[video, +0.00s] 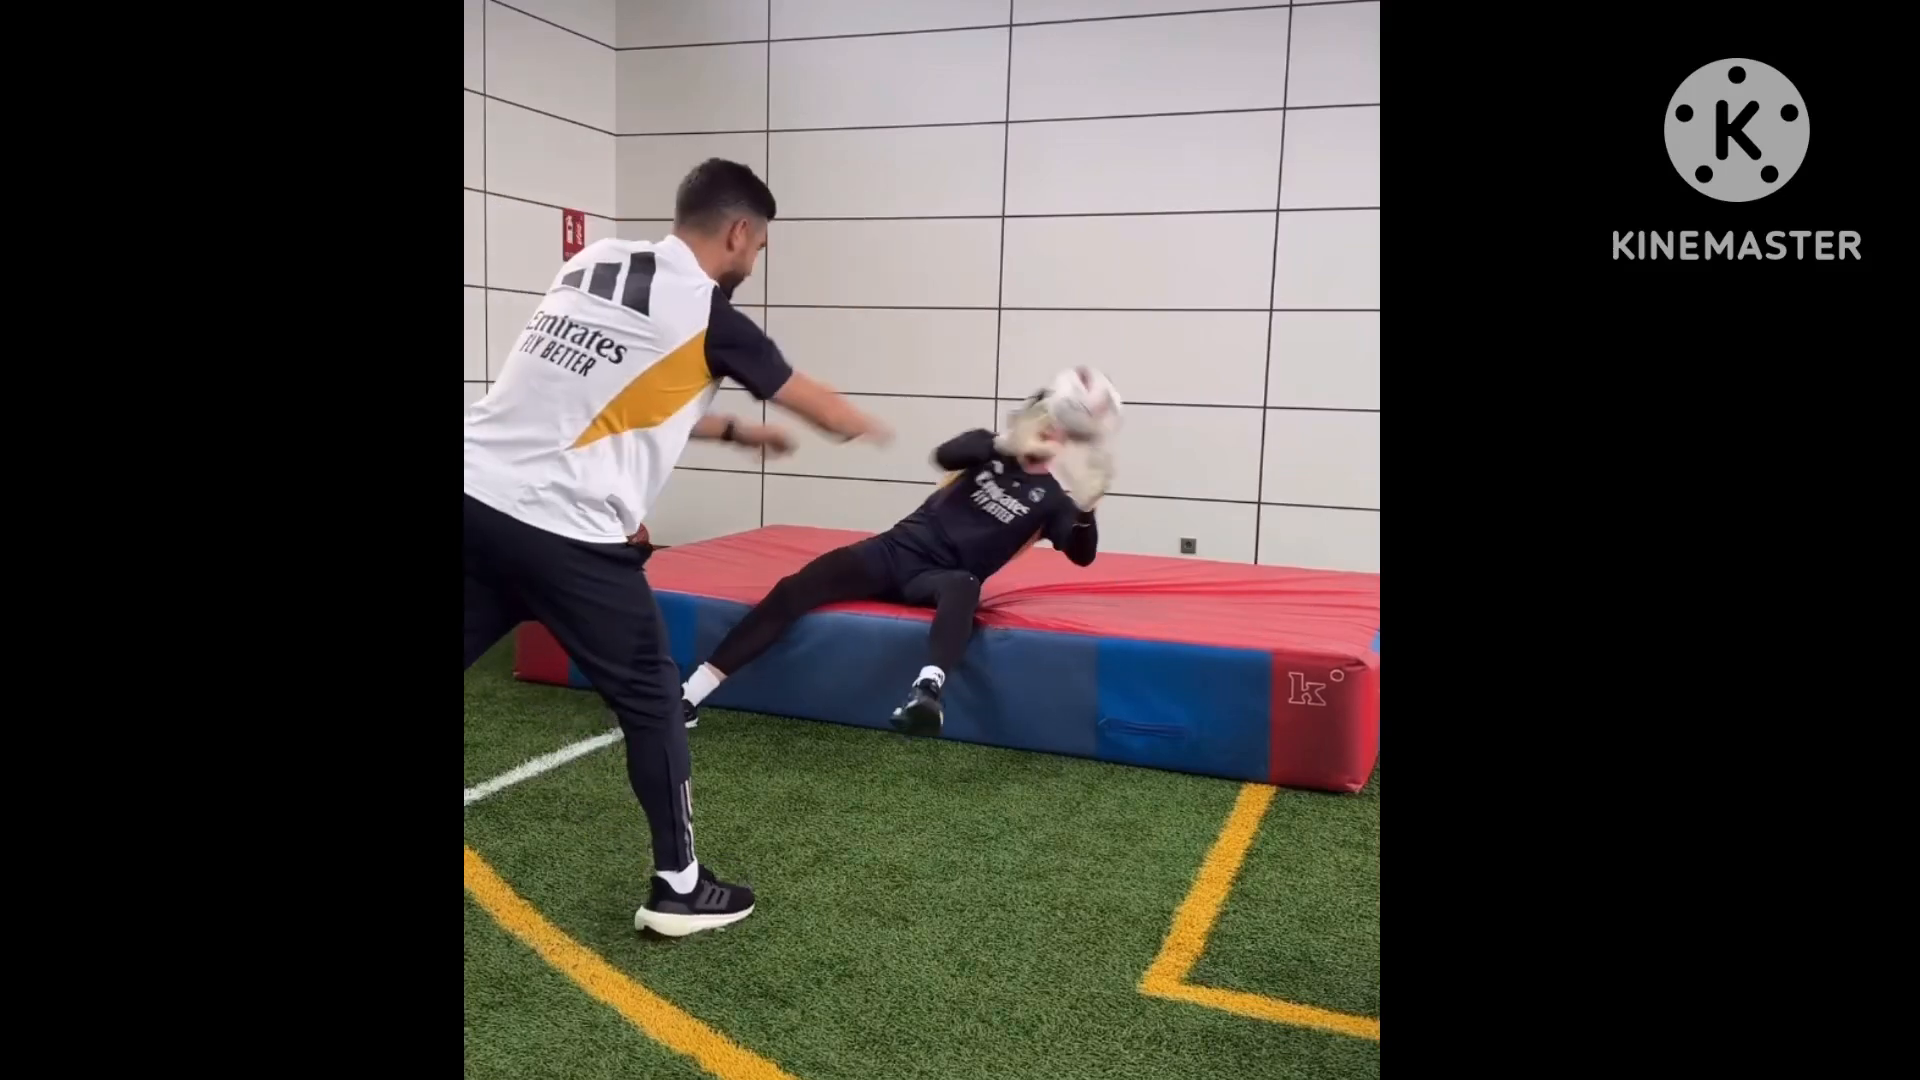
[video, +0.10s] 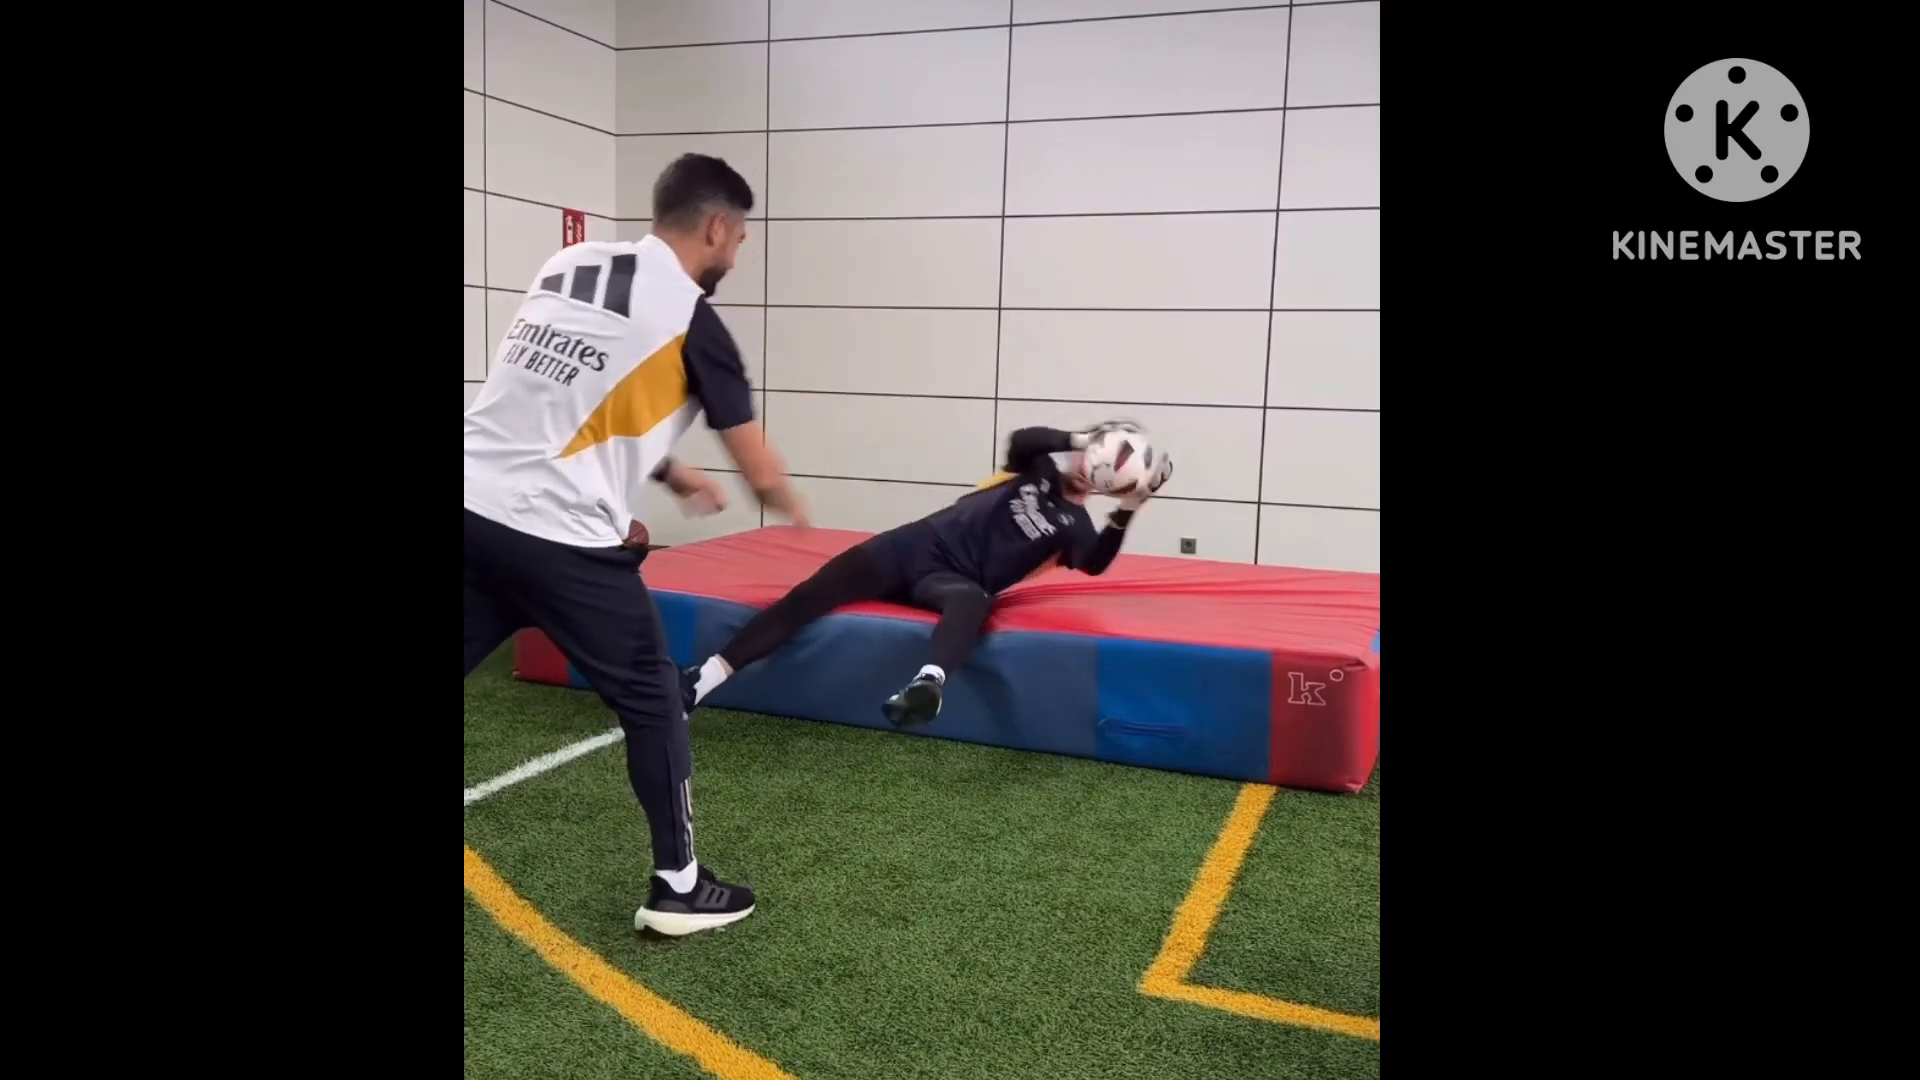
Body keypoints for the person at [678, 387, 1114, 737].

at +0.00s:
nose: (1046, 437)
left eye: (1058, 434)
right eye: (1042, 426)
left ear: (1068, 445)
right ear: (1026, 425)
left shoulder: (1054, 499)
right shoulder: (990, 449)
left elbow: (1082, 556)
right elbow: (943, 455)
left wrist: (1087, 505)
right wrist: (1007, 446)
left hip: (939, 574)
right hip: (895, 548)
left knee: (964, 586)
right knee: (793, 589)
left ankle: (927, 692)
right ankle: (689, 696)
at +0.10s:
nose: (1083, 471)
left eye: (1092, 472)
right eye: (1085, 463)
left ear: (1095, 487)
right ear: (1072, 460)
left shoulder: (1074, 529)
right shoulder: (1035, 474)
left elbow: (1097, 564)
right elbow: (1022, 441)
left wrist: (1127, 512)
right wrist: (1081, 443)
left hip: (953, 579)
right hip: (915, 544)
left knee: (971, 600)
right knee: (811, 593)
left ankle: (927, 685)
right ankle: (705, 678)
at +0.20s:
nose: (1130, 514)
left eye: (1142, 517)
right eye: (1131, 503)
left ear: (1145, 536)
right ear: (1114, 498)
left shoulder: (1107, 571)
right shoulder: (1073, 506)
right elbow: (1074, 449)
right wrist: (1144, 456)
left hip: (967, 586)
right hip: (942, 542)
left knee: (983, 611)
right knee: (844, 577)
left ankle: (931, 680)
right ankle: (718, 638)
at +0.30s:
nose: (1160, 549)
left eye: (1172, 553)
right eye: (1161, 537)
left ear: (1165, 570)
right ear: (1142, 526)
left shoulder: (1115, 588)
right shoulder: (1098, 522)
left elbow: (1149, 591)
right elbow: (1117, 468)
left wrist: (1212, 552)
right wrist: (1192, 492)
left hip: (986, 586)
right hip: (967, 539)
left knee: (986, 620)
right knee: (860, 554)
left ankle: (941, 664)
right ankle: (729, 582)